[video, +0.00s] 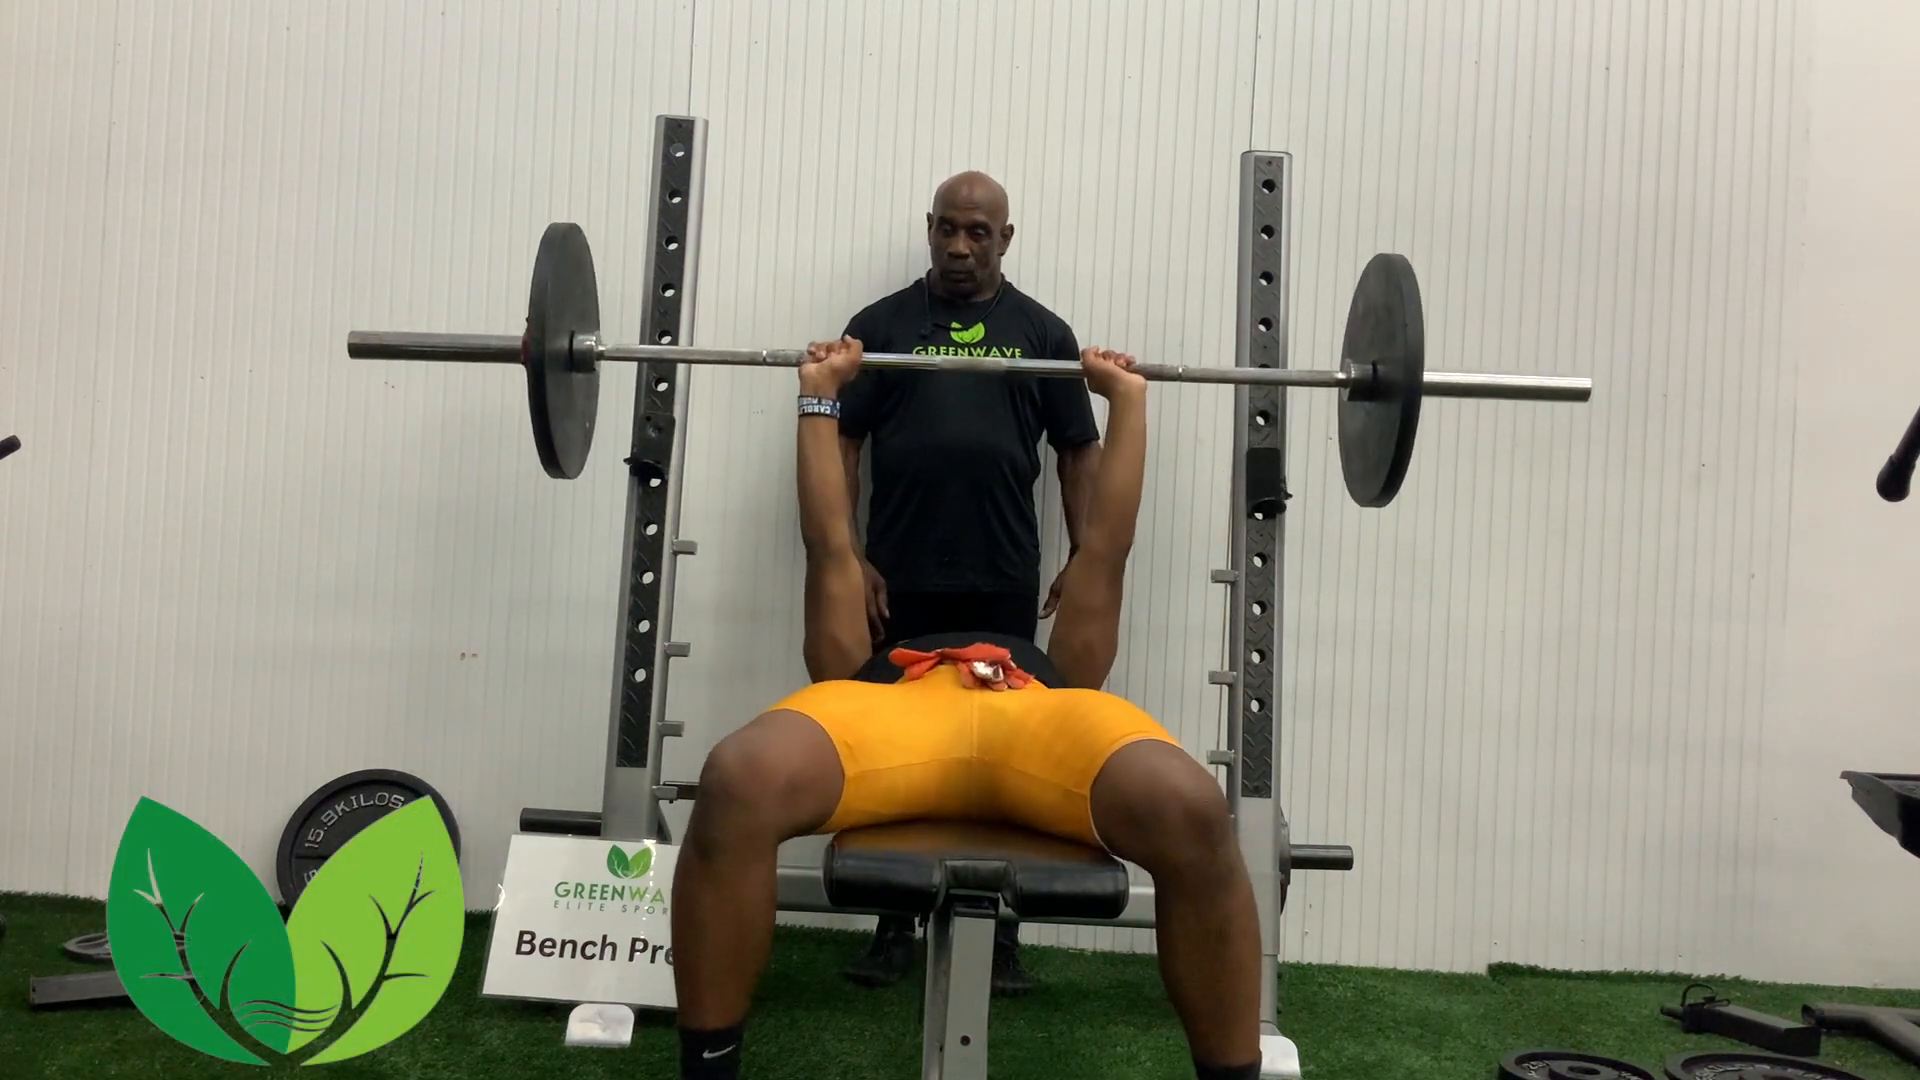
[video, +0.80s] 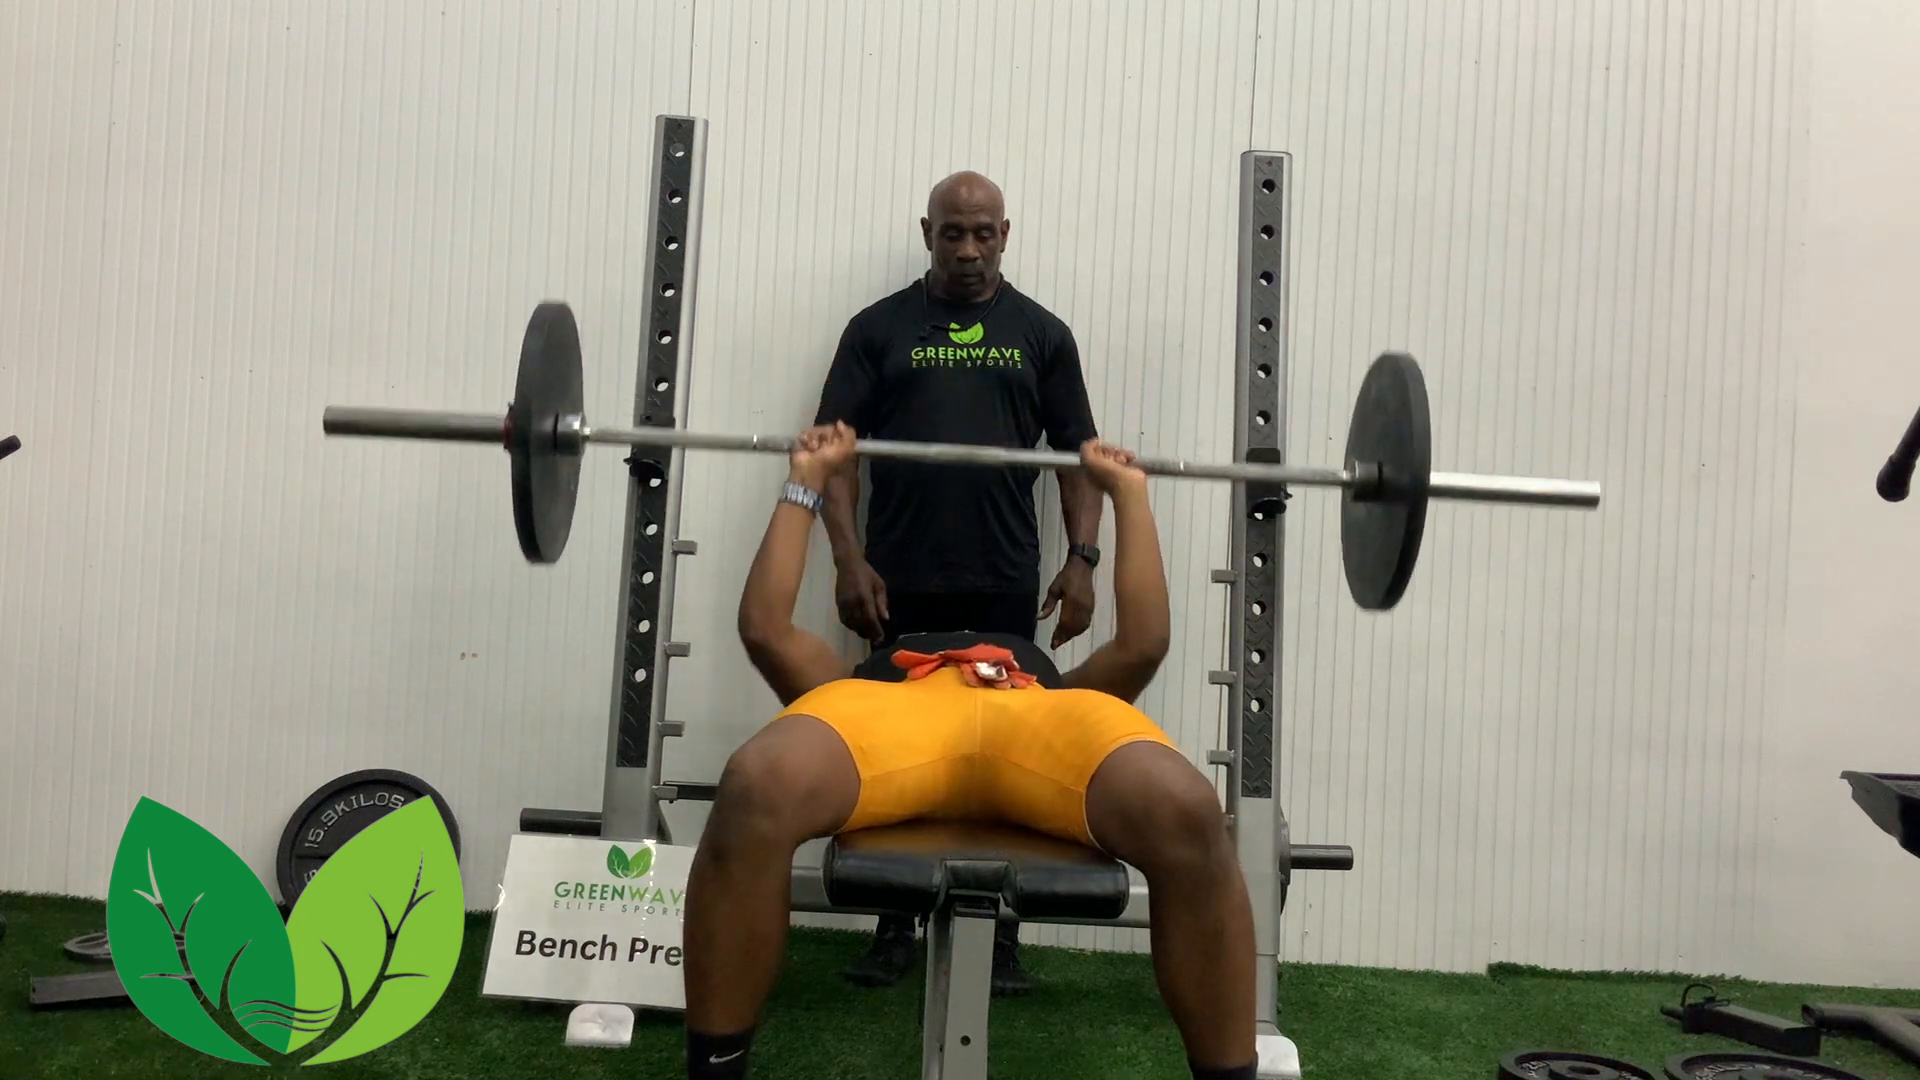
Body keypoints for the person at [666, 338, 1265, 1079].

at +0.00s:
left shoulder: (1064, 683)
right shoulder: (856, 676)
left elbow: (1104, 545)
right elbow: (828, 542)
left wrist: (1129, 394)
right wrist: (819, 398)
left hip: (1046, 708)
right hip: (885, 696)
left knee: (1194, 811)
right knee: (737, 781)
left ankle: (1232, 1069)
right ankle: (709, 1062)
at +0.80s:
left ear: (1029, 676)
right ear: (901, 660)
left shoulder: (1056, 686)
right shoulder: (861, 680)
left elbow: (1142, 639)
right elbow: (766, 626)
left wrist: (1131, 493)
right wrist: (803, 487)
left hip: (1044, 711)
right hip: (883, 706)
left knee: (1190, 815)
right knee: (755, 785)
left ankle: (1232, 1071)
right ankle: (715, 1065)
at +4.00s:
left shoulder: (1058, 684)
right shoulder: (858, 671)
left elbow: (1102, 554)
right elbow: (820, 539)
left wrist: (1125, 398)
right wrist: (813, 395)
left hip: (1045, 711)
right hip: (889, 702)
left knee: (1181, 814)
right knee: (756, 787)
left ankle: (1227, 1073)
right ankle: (714, 1069)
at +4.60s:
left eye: (997, 655)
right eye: (943, 652)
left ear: (1027, 673)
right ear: (921, 658)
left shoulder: (1051, 699)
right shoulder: (888, 687)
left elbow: (1160, 768)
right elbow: (767, 766)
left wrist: (1136, 647)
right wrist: (803, 637)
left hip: (1047, 707)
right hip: (896, 693)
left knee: (1178, 823)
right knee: (758, 794)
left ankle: (1223, 1070)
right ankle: (712, 1068)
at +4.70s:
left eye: (1004, 650)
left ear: (1031, 665)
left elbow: (1171, 779)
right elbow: (762, 765)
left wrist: (1137, 626)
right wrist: (802, 612)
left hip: (1056, 706)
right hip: (895, 694)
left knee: (1180, 825)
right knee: (762, 794)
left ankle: (1224, 1075)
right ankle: (712, 1068)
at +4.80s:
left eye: (1008, 657)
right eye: (943, 655)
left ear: (1030, 671)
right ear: (920, 663)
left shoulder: (1052, 689)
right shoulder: (878, 687)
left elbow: (1176, 725)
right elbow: (757, 699)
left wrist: (1138, 571)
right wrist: (803, 556)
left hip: (1042, 699)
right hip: (897, 693)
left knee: (1182, 822)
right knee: (763, 794)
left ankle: (1222, 1071)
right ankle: (713, 1066)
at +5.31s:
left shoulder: (1064, 687)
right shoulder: (859, 675)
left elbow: (1137, 583)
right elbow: (804, 555)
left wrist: (1142, 427)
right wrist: (825, 416)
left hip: (1044, 705)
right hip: (892, 694)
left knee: (1178, 816)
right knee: (752, 787)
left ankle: (1225, 1074)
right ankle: (713, 1071)